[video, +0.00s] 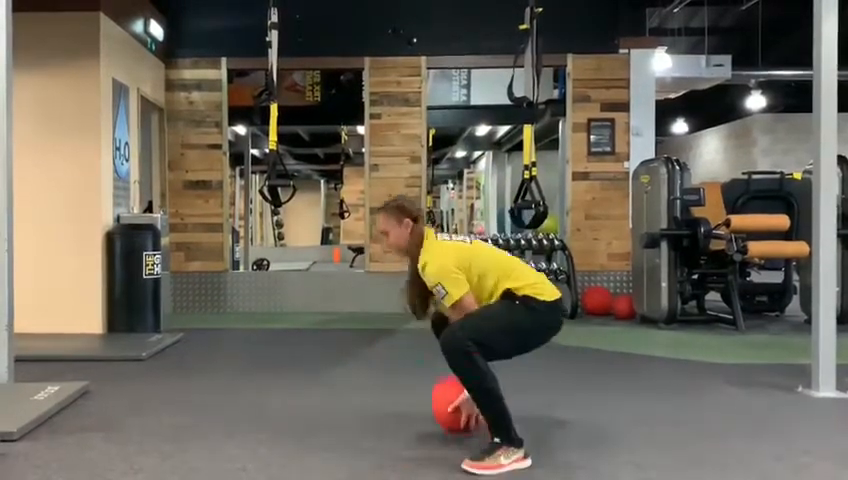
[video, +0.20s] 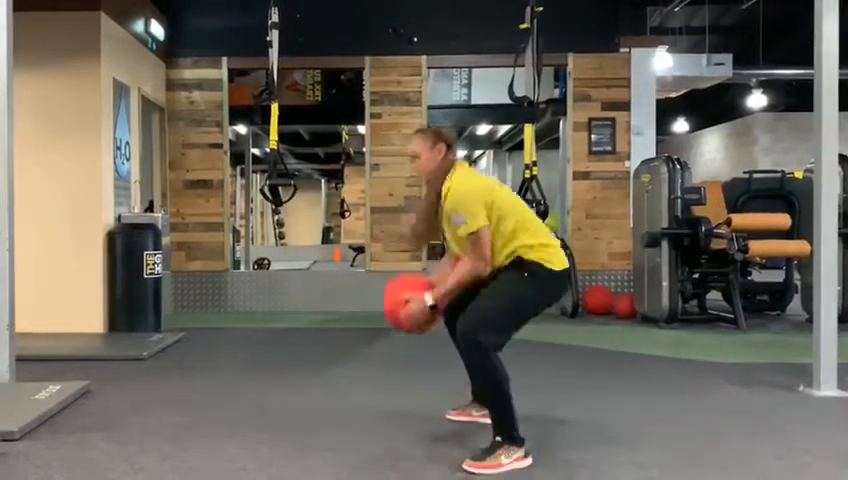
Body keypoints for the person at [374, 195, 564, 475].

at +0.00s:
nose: (384, 243)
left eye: (386, 234)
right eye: (382, 235)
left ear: (408, 226)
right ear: (409, 227)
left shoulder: (434, 262)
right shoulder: (436, 250)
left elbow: (472, 319)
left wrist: (473, 390)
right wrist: (476, 390)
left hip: (537, 307)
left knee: (457, 340)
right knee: (442, 323)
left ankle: (510, 446)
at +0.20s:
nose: (415, 167)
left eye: (418, 158)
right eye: (413, 159)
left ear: (441, 151)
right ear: (440, 152)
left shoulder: (462, 190)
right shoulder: (452, 190)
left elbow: (480, 262)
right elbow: (455, 257)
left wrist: (434, 301)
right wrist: (426, 291)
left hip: (541, 266)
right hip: (518, 263)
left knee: (475, 333)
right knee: (456, 314)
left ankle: (511, 445)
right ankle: (484, 402)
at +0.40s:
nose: (456, 98)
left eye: (460, 89)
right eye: (453, 92)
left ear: (484, 78)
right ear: (475, 83)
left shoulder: (507, 106)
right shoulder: (483, 116)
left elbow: (453, 147)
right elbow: (446, 156)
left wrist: (408, 113)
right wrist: (406, 127)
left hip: (512, 234)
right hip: (491, 234)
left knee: (477, 327)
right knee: (460, 315)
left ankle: (514, 441)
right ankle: (488, 402)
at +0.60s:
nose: (443, 88)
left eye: (445, 79)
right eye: (438, 82)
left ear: (464, 61)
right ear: (445, 76)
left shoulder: (497, 85)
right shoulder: (465, 105)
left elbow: (458, 27)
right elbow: (449, 136)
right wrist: (461, 101)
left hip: (490, 224)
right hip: (470, 224)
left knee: (482, 322)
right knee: (470, 315)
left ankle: (516, 441)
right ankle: (491, 400)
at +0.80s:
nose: (408, 92)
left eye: (410, 83)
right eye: (406, 87)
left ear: (430, 71)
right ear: (424, 77)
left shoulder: (462, 89)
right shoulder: (433, 111)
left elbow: (460, 13)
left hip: (480, 226)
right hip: (461, 228)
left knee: (489, 328)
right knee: (474, 320)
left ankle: (516, 443)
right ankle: (490, 401)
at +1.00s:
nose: (426, 72)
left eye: (430, 62)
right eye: (425, 66)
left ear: (449, 57)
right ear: (428, 71)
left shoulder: (481, 85)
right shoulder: (443, 98)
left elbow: (432, 42)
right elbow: (401, 72)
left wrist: (427, 2)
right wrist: (391, 23)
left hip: (481, 221)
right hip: (459, 223)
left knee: (482, 325)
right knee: (464, 317)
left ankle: (513, 441)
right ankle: (487, 400)